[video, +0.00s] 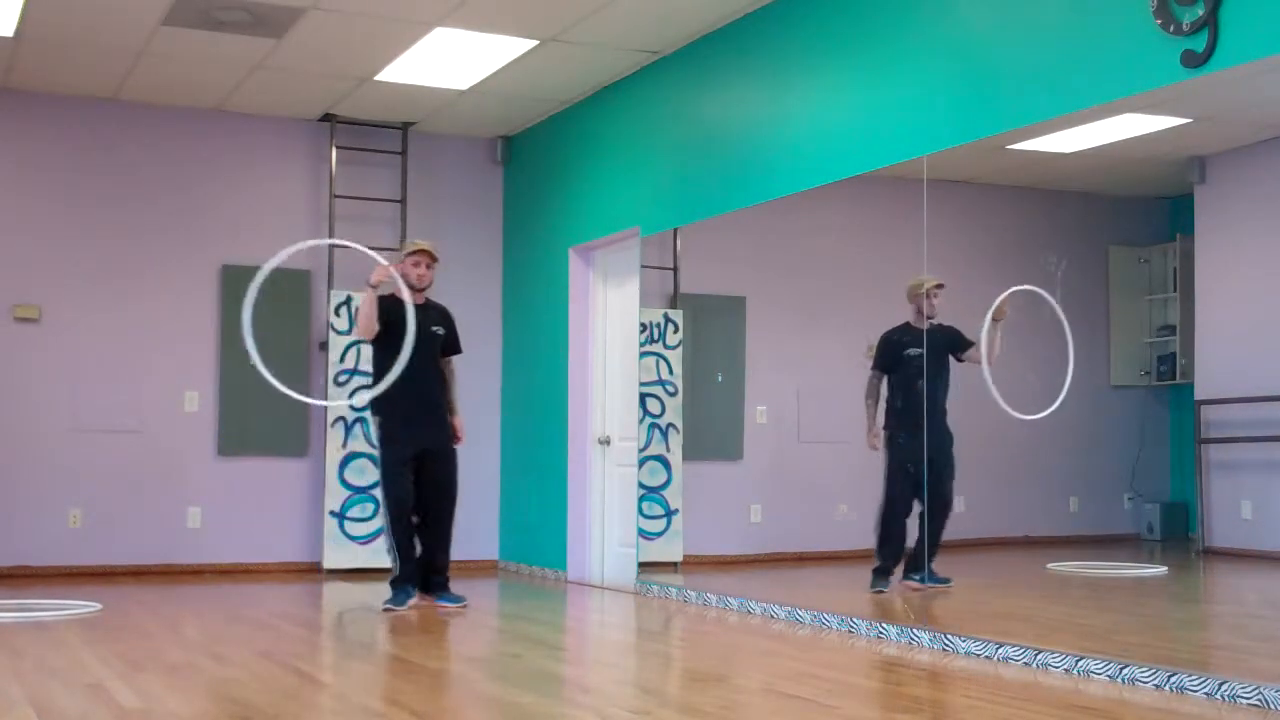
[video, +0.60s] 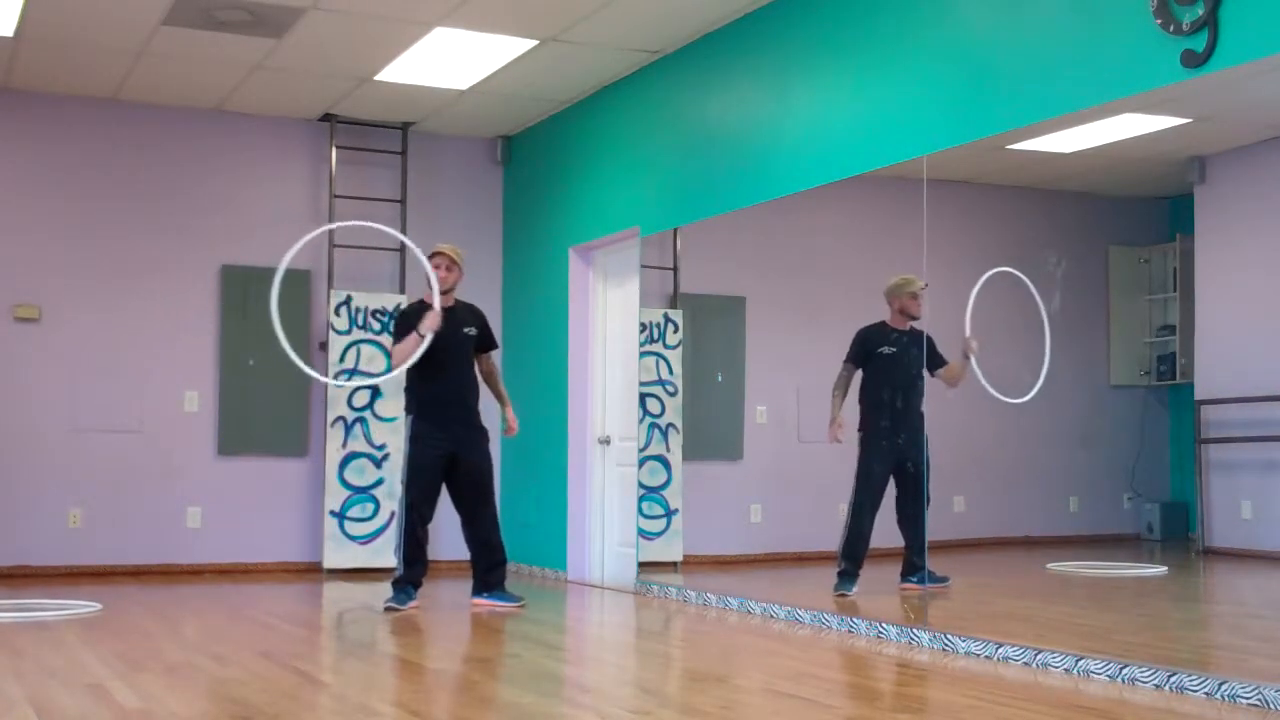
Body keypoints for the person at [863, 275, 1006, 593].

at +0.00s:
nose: (934, 301)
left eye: (936, 296)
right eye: (928, 296)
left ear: (939, 300)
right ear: (913, 300)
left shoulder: (946, 335)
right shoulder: (893, 339)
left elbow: (985, 357)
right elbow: (875, 382)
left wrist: (995, 323)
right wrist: (872, 425)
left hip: (937, 432)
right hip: (902, 433)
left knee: (940, 502)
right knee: (897, 503)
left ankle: (919, 568)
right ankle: (884, 571)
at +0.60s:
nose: (920, 302)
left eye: (920, 297)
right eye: (914, 297)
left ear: (908, 303)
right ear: (895, 302)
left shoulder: (922, 341)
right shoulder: (869, 336)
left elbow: (951, 378)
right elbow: (845, 377)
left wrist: (966, 355)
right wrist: (836, 415)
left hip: (912, 436)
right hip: (877, 436)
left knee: (915, 505)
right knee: (864, 507)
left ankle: (915, 570)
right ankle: (848, 575)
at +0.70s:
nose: (922, 303)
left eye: (922, 298)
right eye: (915, 298)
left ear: (915, 303)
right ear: (896, 301)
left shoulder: (921, 341)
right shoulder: (868, 335)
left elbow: (945, 383)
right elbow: (844, 375)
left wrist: (952, 368)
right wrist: (837, 411)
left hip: (910, 432)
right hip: (875, 432)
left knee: (913, 504)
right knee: (862, 504)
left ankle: (915, 570)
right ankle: (845, 574)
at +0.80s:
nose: (918, 302)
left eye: (919, 297)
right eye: (912, 297)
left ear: (913, 303)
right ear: (893, 301)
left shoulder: (919, 341)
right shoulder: (865, 334)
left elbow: (936, 384)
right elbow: (840, 375)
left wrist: (939, 375)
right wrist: (837, 410)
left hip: (907, 433)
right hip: (872, 432)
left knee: (912, 504)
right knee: (858, 504)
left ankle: (914, 569)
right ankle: (841, 574)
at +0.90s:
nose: (911, 302)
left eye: (912, 297)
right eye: (904, 297)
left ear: (910, 302)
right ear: (886, 300)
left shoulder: (915, 339)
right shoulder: (860, 335)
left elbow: (931, 373)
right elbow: (837, 375)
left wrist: (928, 377)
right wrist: (835, 412)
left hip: (905, 433)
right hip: (868, 433)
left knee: (910, 506)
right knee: (855, 506)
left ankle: (913, 572)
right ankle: (840, 575)